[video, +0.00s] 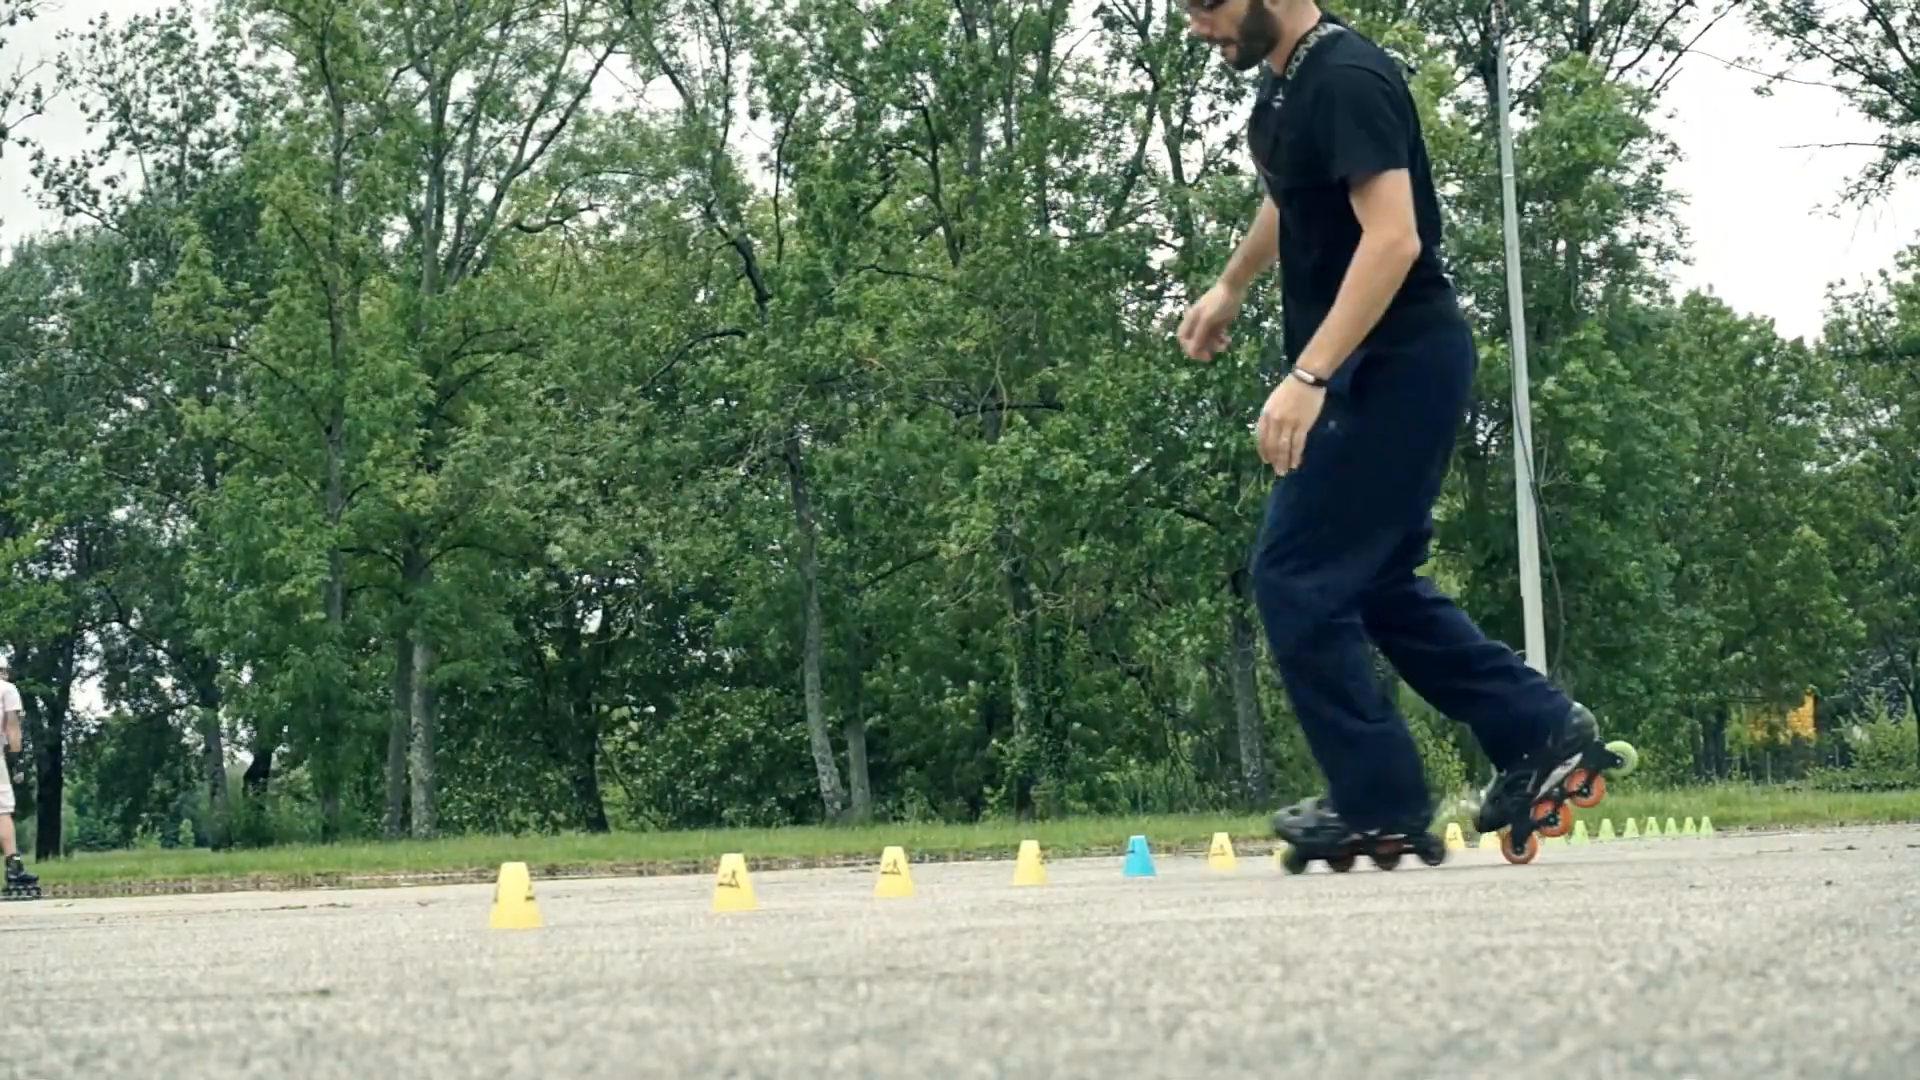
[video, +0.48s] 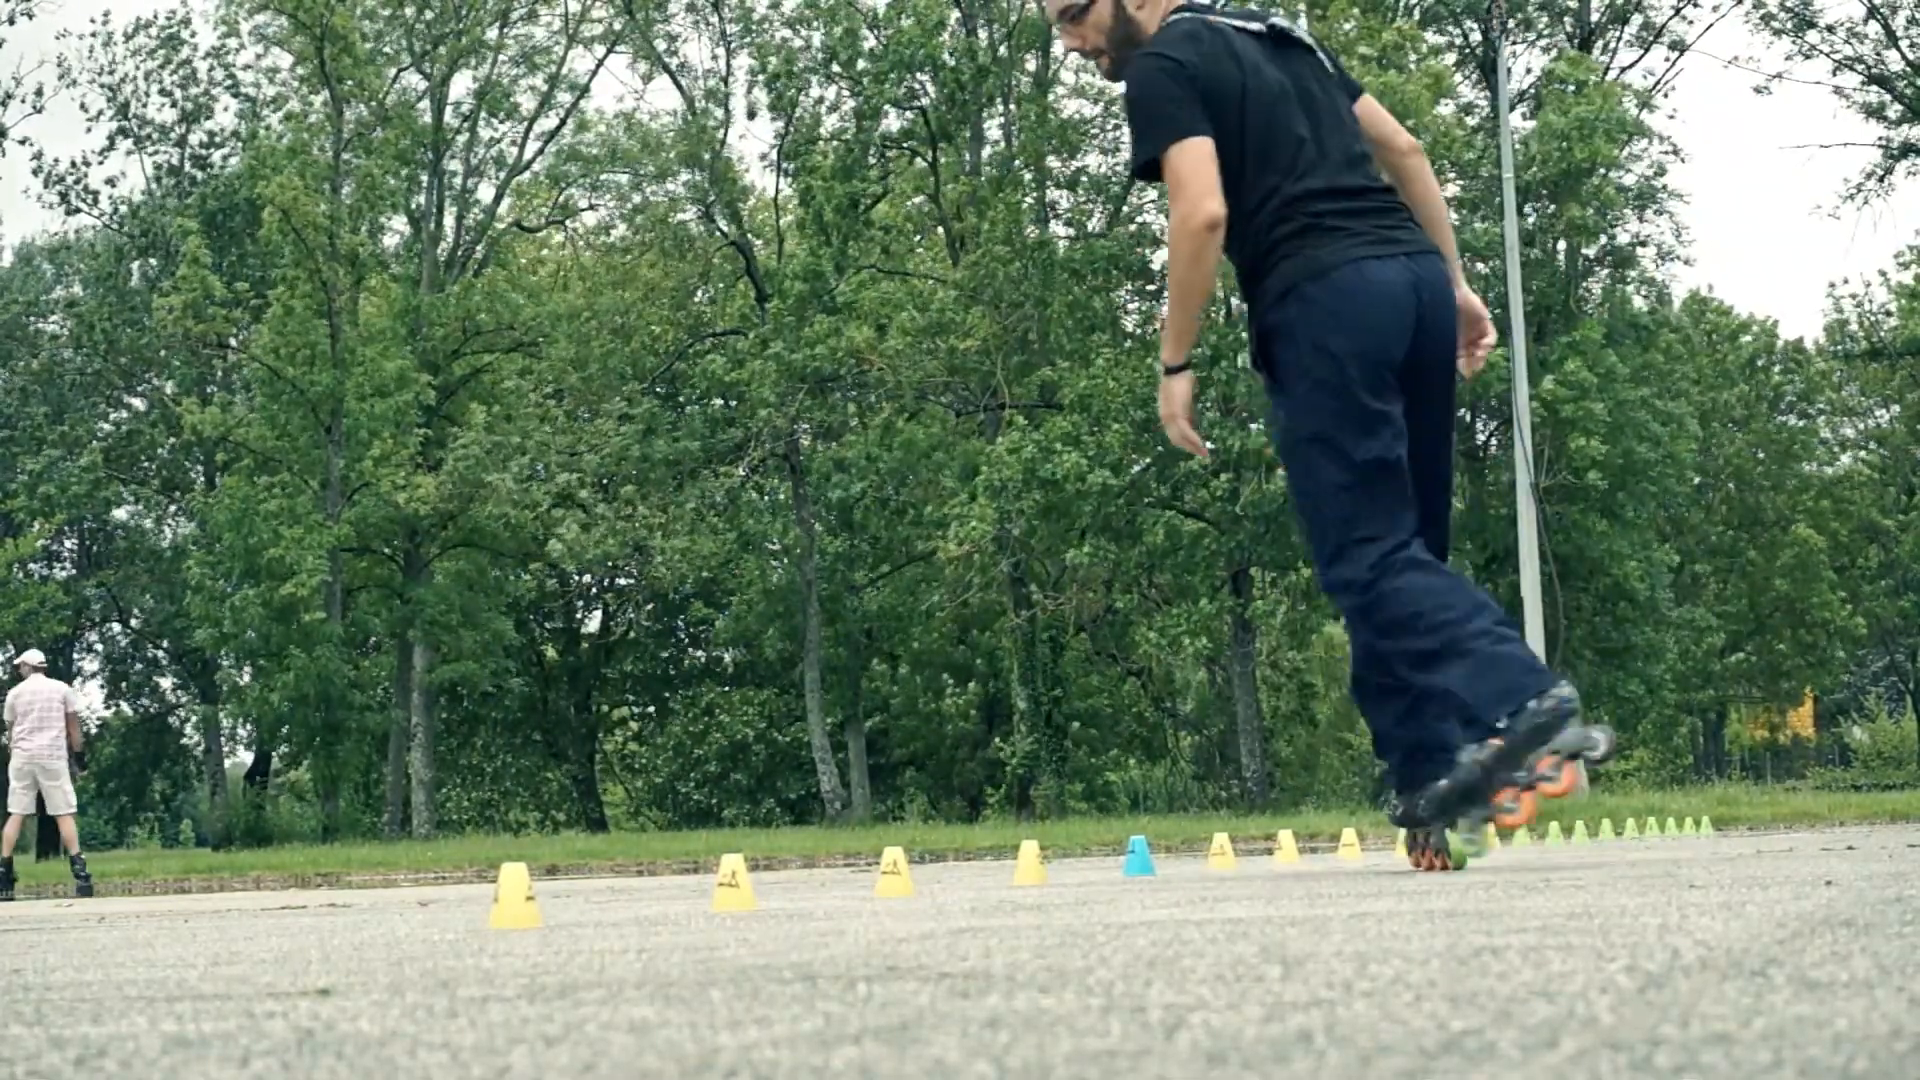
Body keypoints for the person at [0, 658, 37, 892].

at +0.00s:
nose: (5, 674)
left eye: (4, 671)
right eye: (4, 671)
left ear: (4, 672)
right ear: (4, 672)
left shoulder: (8, 690)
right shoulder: (8, 690)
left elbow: (12, 725)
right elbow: (12, 725)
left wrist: (16, 758)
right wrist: (16, 758)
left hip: (5, 757)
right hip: (2, 757)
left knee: (5, 810)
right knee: (5, 810)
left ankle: (13, 862)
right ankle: (13, 862)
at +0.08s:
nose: (11, 674)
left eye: (9, 670)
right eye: (11, 670)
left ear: (3, 669)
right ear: (11, 669)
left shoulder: (18, 690)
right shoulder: (18, 689)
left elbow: (26, 726)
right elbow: (27, 726)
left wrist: (32, 758)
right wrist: (32, 758)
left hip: (9, 758)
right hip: (6, 758)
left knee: (18, 811)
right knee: (18, 811)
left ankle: (28, 863)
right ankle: (28, 864)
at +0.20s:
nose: (17, 672)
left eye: (11, 668)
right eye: (22, 668)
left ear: (4, 668)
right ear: (25, 668)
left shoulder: (3, 687)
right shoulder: (35, 688)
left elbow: (45, 727)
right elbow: (45, 727)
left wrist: (53, 759)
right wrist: (54, 758)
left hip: (7, 754)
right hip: (21, 755)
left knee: (37, 812)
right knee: (37, 811)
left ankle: (50, 863)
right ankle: (50, 863)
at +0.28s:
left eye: (13, 668)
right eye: (28, 667)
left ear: (11, 669)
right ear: (32, 668)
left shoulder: (3, 689)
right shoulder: (45, 689)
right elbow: (55, 724)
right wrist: (63, 754)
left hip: (4, 756)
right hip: (33, 757)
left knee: (2, 813)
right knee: (48, 812)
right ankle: (63, 864)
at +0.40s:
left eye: (21, 668)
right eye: (36, 667)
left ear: (20, 669)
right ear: (40, 668)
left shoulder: (8, 694)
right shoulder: (55, 689)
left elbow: (3, 728)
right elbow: (67, 725)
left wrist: (8, 750)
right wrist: (72, 753)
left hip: (14, 757)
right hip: (47, 758)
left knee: (10, 814)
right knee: (58, 813)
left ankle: (1, 867)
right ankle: (73, 864)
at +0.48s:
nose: (18, 672)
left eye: (20, 668)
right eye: (19, 668)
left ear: (26, 668)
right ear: (42, 667)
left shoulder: (14, 693)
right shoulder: (62, 688)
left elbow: (10, 728)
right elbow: (73, 726)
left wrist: (17, 751)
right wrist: (78, 756)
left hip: (21, 757)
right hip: (53, 758)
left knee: (16, 814)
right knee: (63, 814)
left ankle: (5, 870)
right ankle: (80, 870)